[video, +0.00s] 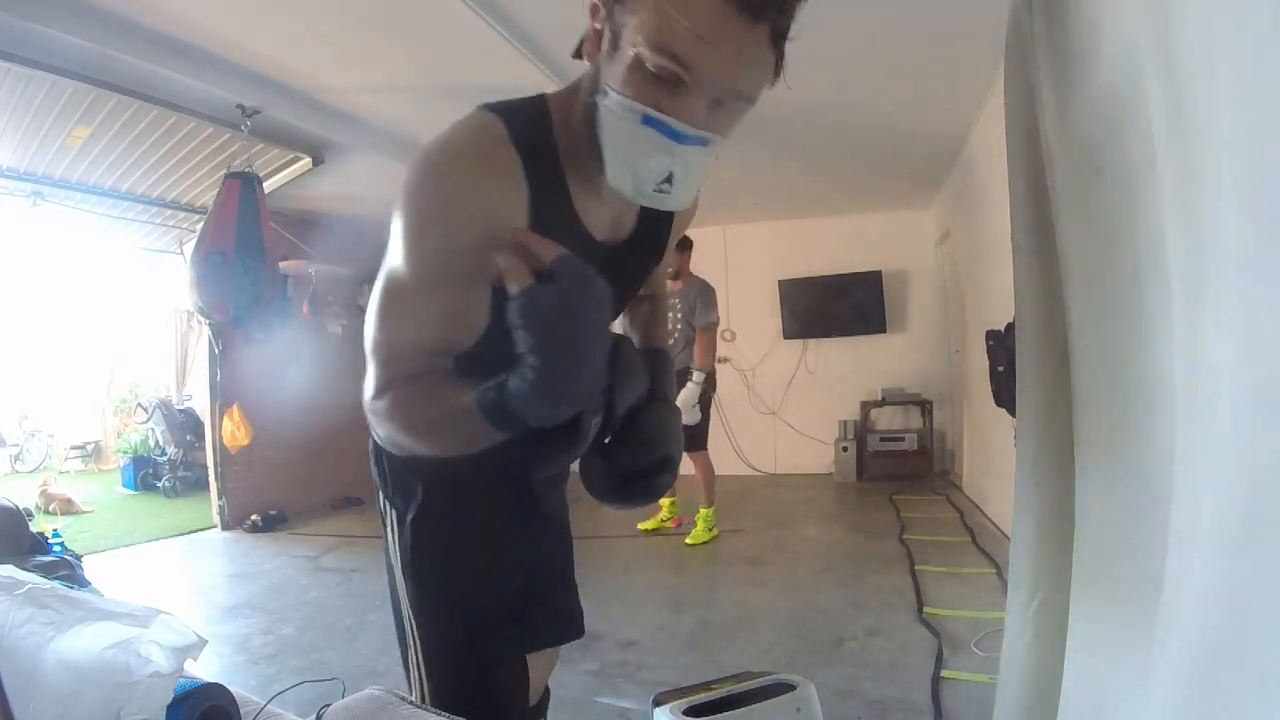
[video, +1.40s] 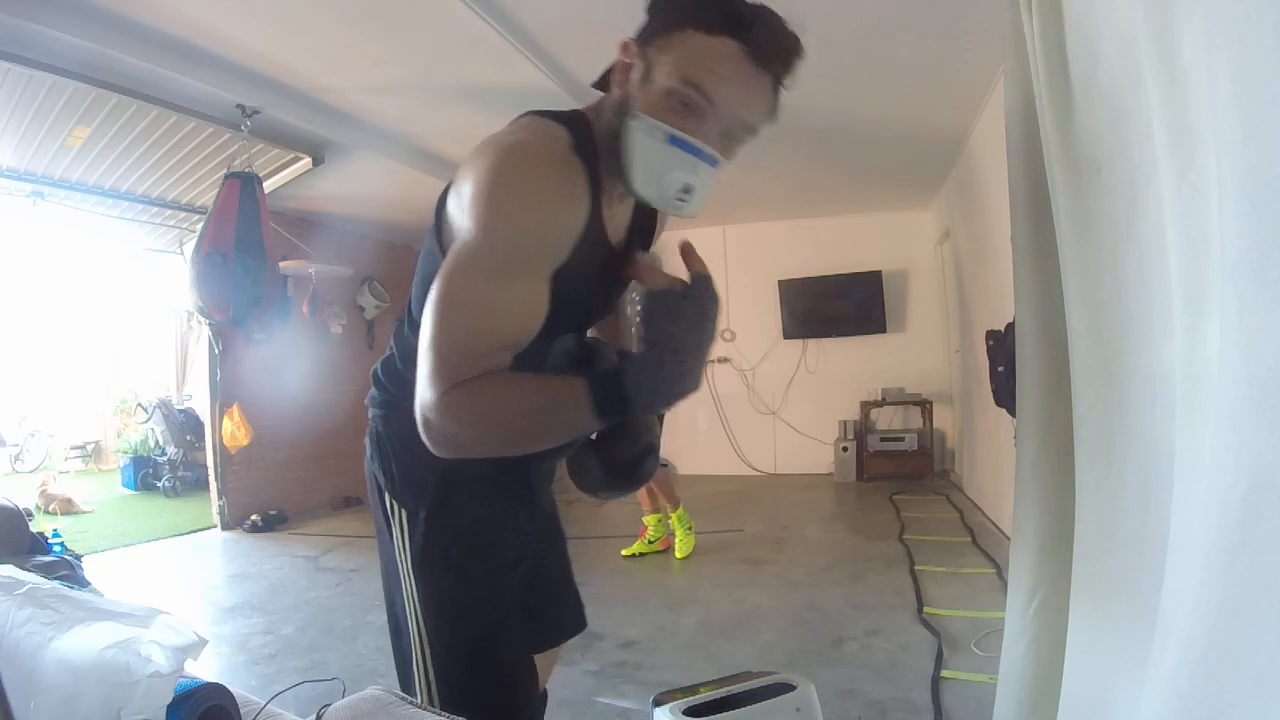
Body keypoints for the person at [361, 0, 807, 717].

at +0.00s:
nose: (686, 126)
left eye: (726, 102)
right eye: (661, 76)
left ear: (758, 94)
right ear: (597, 33)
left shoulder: (673, 180)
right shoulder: (470, 165)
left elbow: (646, 290)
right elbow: (394, 405)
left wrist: (655, 401)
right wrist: (522, 401)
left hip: (542, 446)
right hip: (439, 458)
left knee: (540, 648)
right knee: (479, 701)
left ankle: (526, 713)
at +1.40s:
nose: (705, 143)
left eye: (735, 131)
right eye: (687, 100)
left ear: (749, 140)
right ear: (625, 72)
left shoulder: (635, 197)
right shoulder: (530, 170)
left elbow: (607, 333)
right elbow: (448, 419)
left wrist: (636, 447)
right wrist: (625, 386)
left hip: (518, 442)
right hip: (440, 457)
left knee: (542, 646)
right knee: (493, 700)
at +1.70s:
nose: (751, 205)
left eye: (767, 192)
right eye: (751, 173)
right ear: (686, 122)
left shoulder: (610, 182)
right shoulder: (633, 207)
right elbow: (519, 420)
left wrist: (634, 441)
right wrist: (671, 445)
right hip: (426, 466)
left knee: (524, 674)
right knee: (517, 703)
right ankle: (347, 709)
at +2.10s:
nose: (726, 176)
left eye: (744, 163)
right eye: (725, 145)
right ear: (659, 95)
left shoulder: (614, 192)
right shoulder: (547, 172)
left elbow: (552, 332)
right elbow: (463, 402)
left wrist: (593, 418)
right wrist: (652, 406)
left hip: (486, 449)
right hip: (422, 455)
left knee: (529, 638)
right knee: (479, 698)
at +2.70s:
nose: (666, 91)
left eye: (698, 79)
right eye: (649, 49)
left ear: (712, 95)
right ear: (591, 38)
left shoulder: (627, 185)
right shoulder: (488, 149)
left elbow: (600, 295)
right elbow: (414, 407)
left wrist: (615, 401)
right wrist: (612, 406)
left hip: (510, 443)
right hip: (424, 454)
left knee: (527, 651)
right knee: (467, 700)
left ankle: (519, 706)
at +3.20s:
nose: (627, 98)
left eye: (670, 77)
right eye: (604, 50)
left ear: (704, 85)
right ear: (553, 33)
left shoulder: (658, 194)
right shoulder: (450, 171)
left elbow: (644, 305)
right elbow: (365, 415)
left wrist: (651, 389)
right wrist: (521, 457)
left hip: (536, 453)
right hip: (430, 462)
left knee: (528, 682)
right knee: (472, 705)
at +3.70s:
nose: (613, 86)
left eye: (660, 63)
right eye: (589, 36)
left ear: (698, 76)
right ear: (544, 23)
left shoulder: (668, 187)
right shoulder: (440, 172)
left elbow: (660, 307)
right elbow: (389, 402)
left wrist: (657, 425)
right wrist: (447, 462)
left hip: (555, 456)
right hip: (433, 464)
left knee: (530, 682)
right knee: (474, 704)